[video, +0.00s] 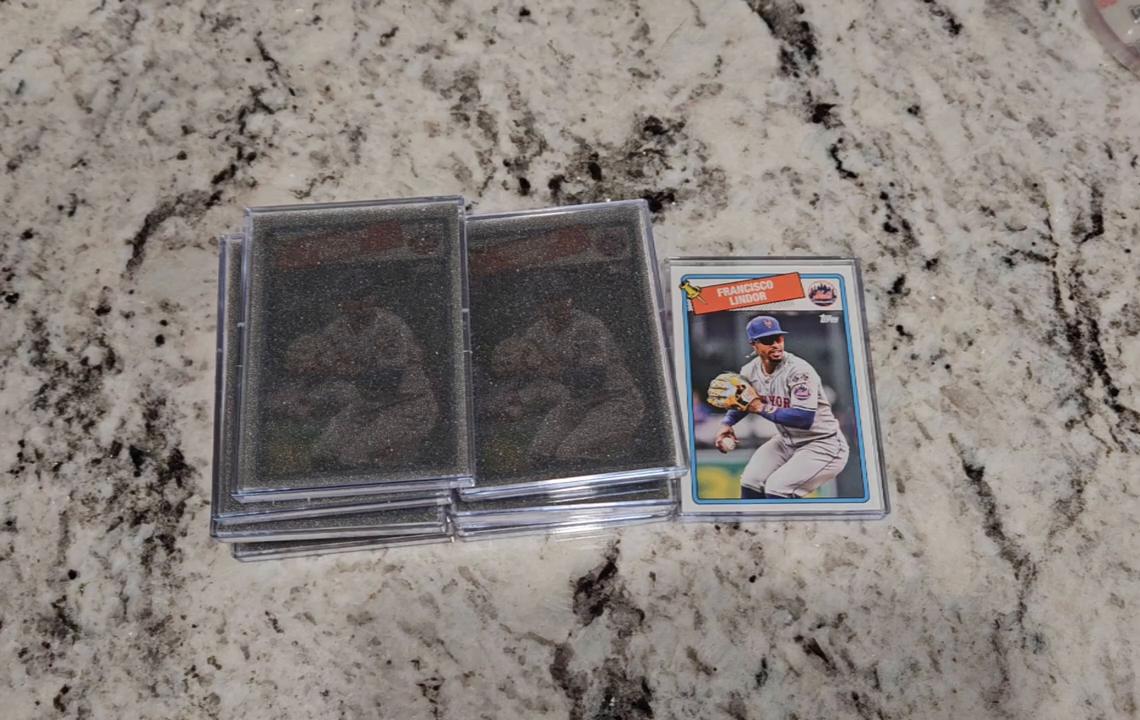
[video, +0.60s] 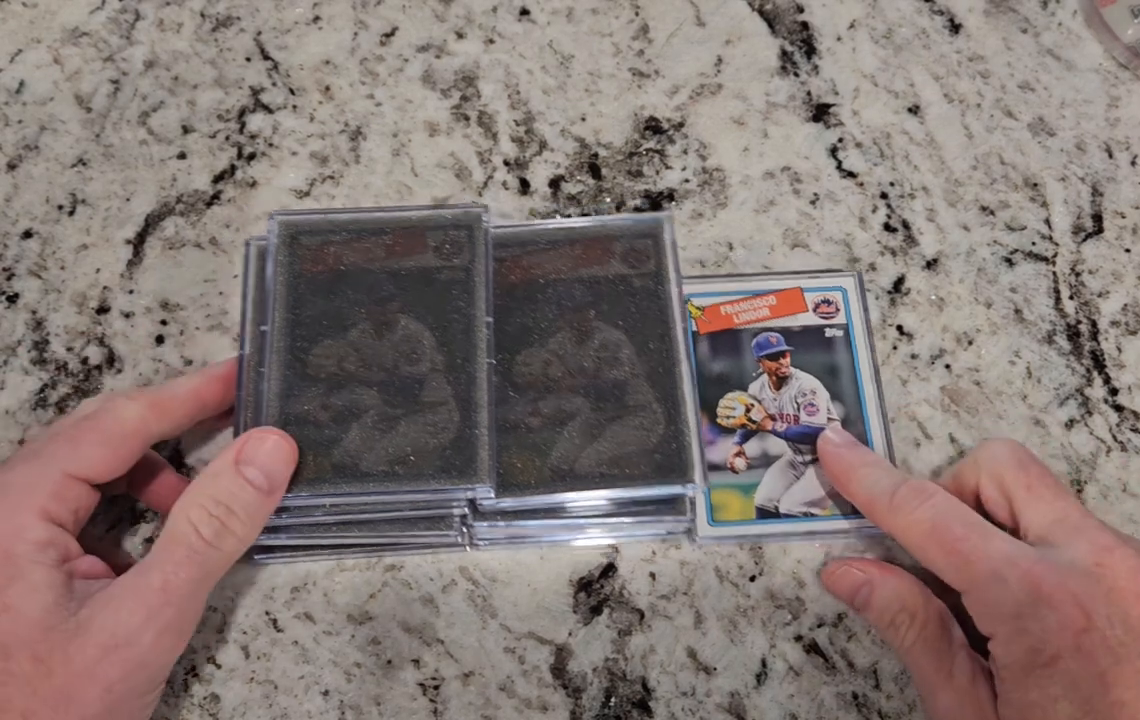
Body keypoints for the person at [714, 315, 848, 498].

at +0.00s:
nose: (776, 346)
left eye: (778, 339)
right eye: (767, 341)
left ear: (783, 339)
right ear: (754, 346)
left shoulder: (800, 371)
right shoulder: (749, 372)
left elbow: (803, 419)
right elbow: (742, 403)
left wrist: (760, 407)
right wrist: (726, 425)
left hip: (824, 446)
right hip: (786, 443)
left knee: (777, 488)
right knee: (751, 482)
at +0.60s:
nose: (782, 362)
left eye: (784, 355)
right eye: (774, 358)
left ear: (789, 355)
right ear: (761, 363)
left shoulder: (808, 386)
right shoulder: (757, 389)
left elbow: (814, 433)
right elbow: (753, 421)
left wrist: (771, 425)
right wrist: (737, 445)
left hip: (826, 462)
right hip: (795, 460)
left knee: (791, 507)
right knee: (764, 503)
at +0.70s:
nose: (801, 377)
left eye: (803, 370)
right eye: (793, 373)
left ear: (809, 370)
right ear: (780, 379)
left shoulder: (826, 402)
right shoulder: (775, 404)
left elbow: (834, 450)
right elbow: (771, 437)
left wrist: (789, 441)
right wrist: (755, 461)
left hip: (845, 479)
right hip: (814, 476)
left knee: (809, 524)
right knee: (782, 519)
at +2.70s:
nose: (798, 385)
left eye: (800, 378)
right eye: (789, 381)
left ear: (804, 377)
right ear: (776, 386)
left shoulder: (823, 410)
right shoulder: (772, 413)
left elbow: (830, 460)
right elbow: (768, 446)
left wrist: (786, 449)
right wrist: (752, 469)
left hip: (853, 485)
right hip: (815, 485)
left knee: (807, 532)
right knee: (780, 529)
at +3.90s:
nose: (798, 385)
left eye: (800, 378)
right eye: (789, 381)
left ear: (805, 377)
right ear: (776, 386)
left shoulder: (823, 410)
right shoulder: (772, 413)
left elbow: (830, 460)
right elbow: (768, 446)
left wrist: (786, 449)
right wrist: (752, 469)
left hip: (853, 485)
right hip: (814, 485)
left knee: (807, 532)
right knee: (781, 529)